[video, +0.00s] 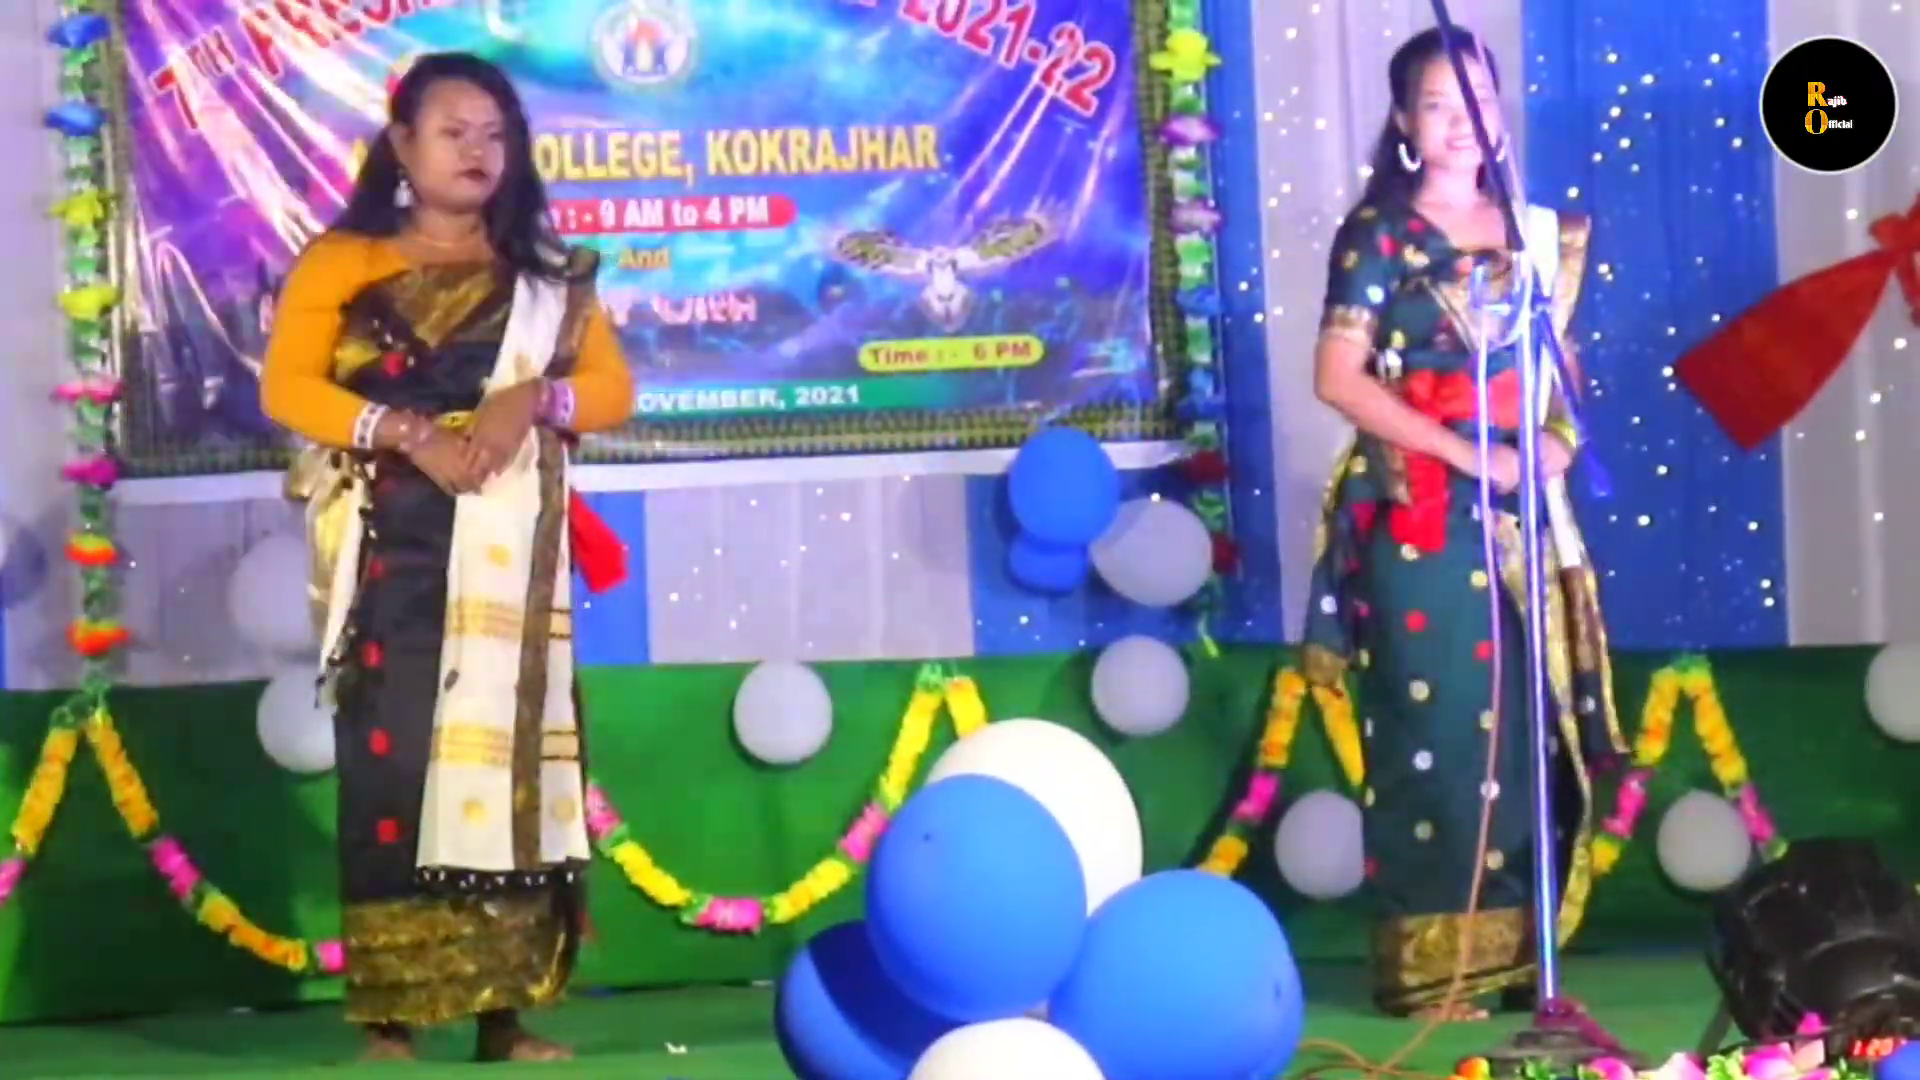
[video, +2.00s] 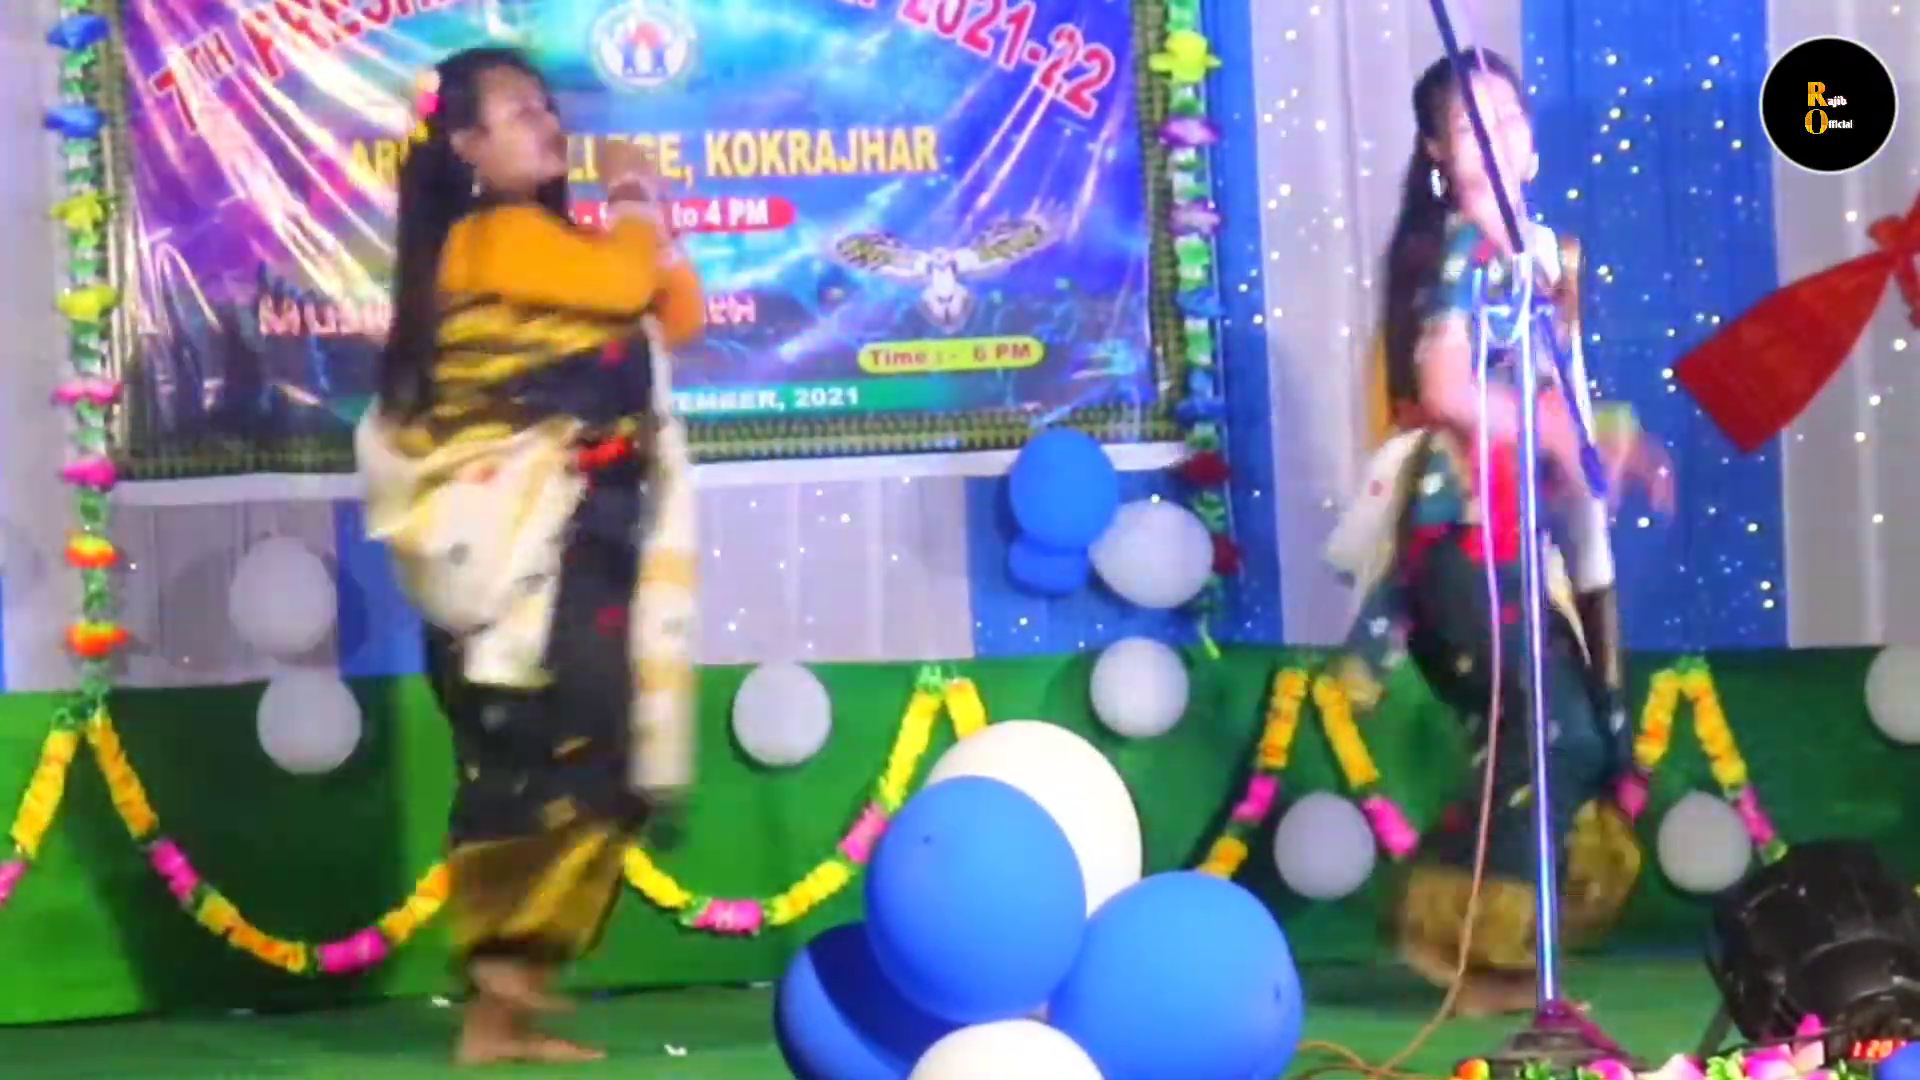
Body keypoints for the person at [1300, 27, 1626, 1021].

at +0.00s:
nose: (1456, 122)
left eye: (1471, 104)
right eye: (1435, 107)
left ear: (1495, 114)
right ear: (1405, 122)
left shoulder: (1527, 227)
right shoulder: (1379, 233)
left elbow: (1550, 360)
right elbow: (1337, 377)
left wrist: (1555, 435)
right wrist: (1463, 451)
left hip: (1521, 505)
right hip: (1425, 512)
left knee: (1532, 720)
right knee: (1442, 723)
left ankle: (1520, 951)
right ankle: (1434, 957)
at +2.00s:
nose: (1503, 139)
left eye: (1510, 119)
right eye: (1478, 125)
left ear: (1530, 129)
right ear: (1441, 145)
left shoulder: (1525, 248)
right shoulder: (1448, 244)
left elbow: (1536, 390)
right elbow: (1441, 391)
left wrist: (1609, 446)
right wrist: (1549, 435)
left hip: (1513, 529)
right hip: (1460, 531)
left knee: (1563, 727)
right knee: (1554, 727)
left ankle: (1451, 907)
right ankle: (1477, 929)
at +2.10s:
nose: (1524, 113)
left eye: (1529, 93)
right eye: (1502, 101)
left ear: (1541, 99)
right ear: (1459, 122)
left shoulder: (1535, 210)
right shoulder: (1457, 207)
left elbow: (1626, 332)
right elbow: (1491, 330)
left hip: (1544, 505)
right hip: (1480, 508)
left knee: (1536, 712)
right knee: (1571, 699)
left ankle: (1496, 944)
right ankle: (1487, 930)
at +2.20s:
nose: (1539, 129)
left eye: (1543, 109)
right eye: (1516, 114)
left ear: (1551, 113)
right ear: (1469, 130)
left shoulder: (1522, 226)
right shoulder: (1462, 228)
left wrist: (1596, 296)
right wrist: (1593, 306)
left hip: (1549, 531)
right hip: (1495, 542)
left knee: (1567, 739)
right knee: (1564, 740)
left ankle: (1513, 959)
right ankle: (1502, 964)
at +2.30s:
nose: (1570, 156)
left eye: (1570, 137)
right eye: (1548, 142)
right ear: (1501, 155)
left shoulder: (1453, 255)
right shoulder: (1541, 240)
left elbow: (1423, 419)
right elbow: (1592, 348)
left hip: (1453, 563)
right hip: (1505, 564)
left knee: (1579, 739)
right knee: (1616, 752)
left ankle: (1500, 943)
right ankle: (1531, 983)